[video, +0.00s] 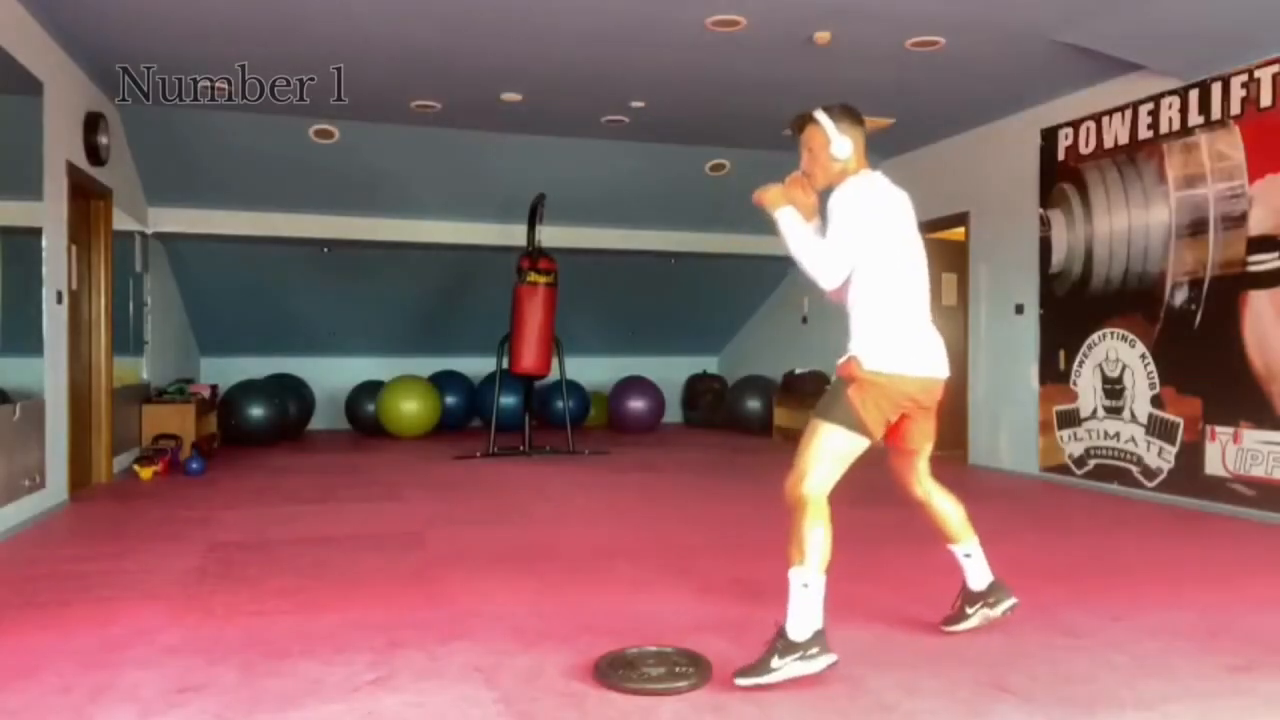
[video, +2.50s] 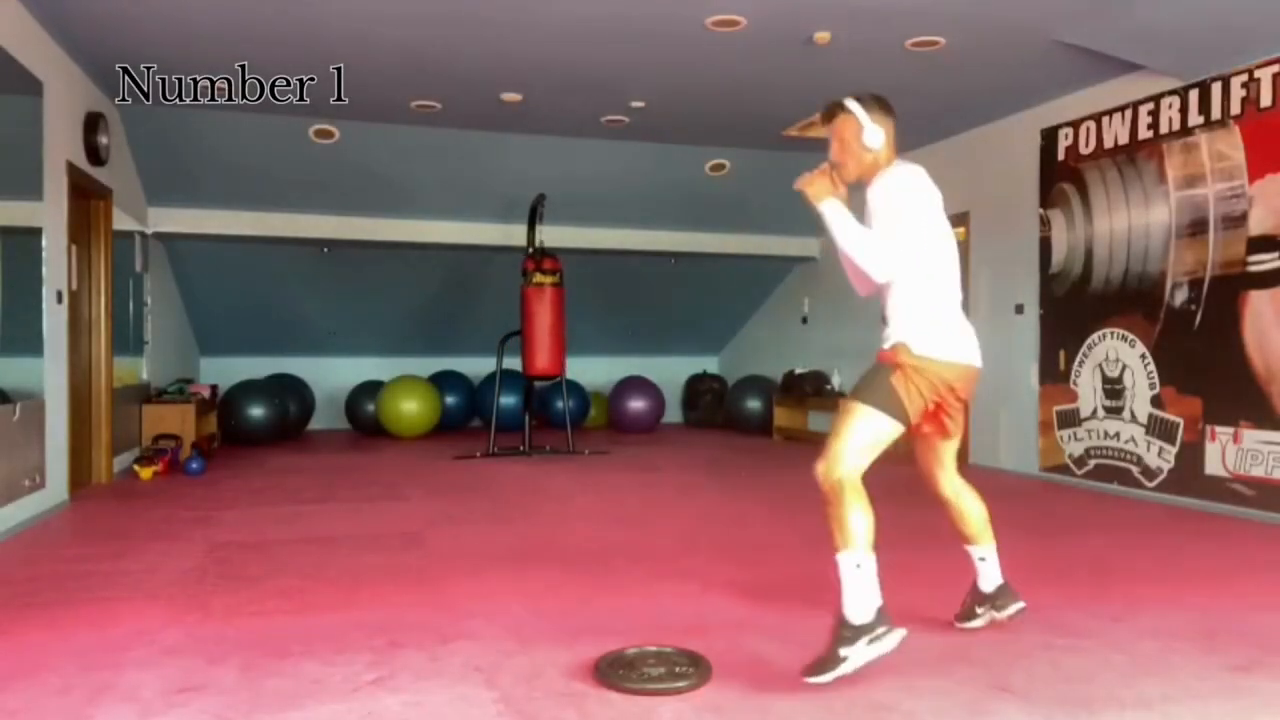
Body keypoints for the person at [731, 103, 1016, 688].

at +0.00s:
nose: (805, 161)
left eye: (810, 149)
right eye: (804, 150)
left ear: (838, 148)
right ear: (855, 149)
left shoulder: (852, 197)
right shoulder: (894, 195)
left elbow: (828, 273)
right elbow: (857, 273)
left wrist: (784, 214)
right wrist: (814, 213)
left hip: (881, 366)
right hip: (925, 367)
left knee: (806, 488)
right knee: (918, 480)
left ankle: (803, 637)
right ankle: (985, 587)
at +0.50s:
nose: (800, 159)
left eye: (807, 145)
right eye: (797, 147)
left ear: (841, 143)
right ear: (842, 148)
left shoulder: (864, 199)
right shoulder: (877, 196)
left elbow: (842, 282)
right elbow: (827, 289)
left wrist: (788, 225)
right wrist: (792, 232)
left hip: (888, 368)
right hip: (911, 368)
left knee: (815, 491)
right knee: (904, 483)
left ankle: (808, 649)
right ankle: (985, 584)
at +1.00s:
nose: (801, 180)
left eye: (806, 167)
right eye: (799, 169)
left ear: (832, 162)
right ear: (850, 161)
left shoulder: (855, 210)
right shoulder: (897, 206)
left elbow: (849, 286)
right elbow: (870, 290)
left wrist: (781, 254)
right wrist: (815, 247)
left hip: (890, 384)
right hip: (936, 385)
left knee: (803, 495)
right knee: (921, 498)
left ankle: (803, 648)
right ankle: (982, 612)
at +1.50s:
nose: (785, 195)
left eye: (793, 181)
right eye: (782, 183)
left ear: (830, 176)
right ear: (795, 184)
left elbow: (859, 332)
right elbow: (790, 327)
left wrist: (799, 258)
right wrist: (761, 266)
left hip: (896, 402)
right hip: (871, 400)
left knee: (793, 514)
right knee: (884, 519)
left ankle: (807, 676)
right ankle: (981, 609)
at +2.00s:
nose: (821, 183)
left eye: (825, 170)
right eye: (820, 171)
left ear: (852, 166)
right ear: (870, 165)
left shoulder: (888, 205)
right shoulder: (914, 204)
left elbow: (827, 266)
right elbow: (887, 311)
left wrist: (825, 196)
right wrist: (848, 226)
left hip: (935, 369)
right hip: (967, 371)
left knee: (842, 474)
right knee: (931, 479)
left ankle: (853, 629)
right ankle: (989, 596)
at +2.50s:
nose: (832, 154)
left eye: (838, 142)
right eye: (831, 143)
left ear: (871, 138)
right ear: (877, 142)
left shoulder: (893, 185)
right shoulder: (909, 186)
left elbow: (881, 268)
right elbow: (866, 282)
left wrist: (829, 204)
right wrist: (837, 212)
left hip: (921, 353)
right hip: (953, 355)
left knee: (837, 469)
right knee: (944, 476)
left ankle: (864, 621)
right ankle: (994, 588)